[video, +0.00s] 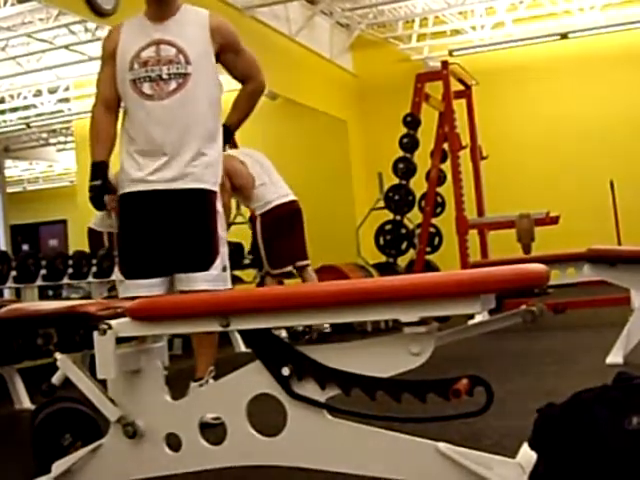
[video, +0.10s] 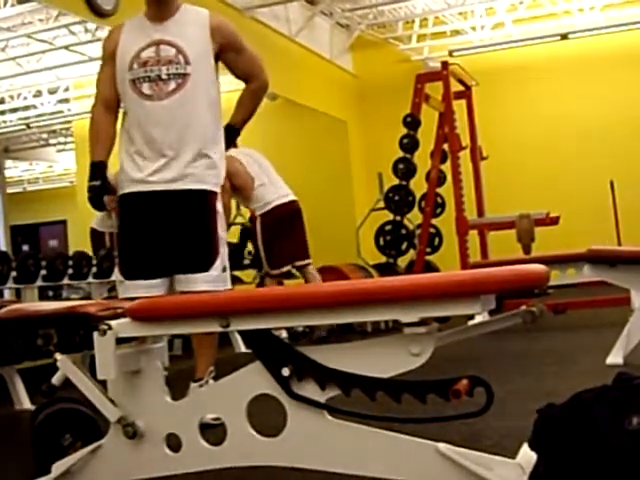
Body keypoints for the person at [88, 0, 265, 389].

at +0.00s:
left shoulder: (212, 29)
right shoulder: (118, 37)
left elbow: (255, 81)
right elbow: (106, 106)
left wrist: (227, 130)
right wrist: (98, 172)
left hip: (197, 176)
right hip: (139, 179)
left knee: (202, 293)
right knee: (141, 297)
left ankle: (204, 385)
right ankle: (148, 388)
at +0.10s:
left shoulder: (212, 28)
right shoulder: (118, 37)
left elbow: (258, 80)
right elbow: (105, 106)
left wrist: (230, 132)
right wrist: (97, 172)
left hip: (197, 176)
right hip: (139, 180)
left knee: (201, 294)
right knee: (142, 298)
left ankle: (204, 385)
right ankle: (148, 389)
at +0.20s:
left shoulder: (212, 28)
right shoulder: (119, 37)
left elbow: (260, 79)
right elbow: (105, 106)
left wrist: (232, 131)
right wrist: (95, 170)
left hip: (197, 177)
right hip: (138, 181)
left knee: (202, 293)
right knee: (141, 298)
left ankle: (204, 385)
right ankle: (147, 390)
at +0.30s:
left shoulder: (211, 28)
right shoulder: (120, 37)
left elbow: (261, 79)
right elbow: (106, 105)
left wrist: (232, 131)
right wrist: (94, 167)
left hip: (196, 177)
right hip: (138, 181)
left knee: (202, 293)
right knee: (141, 297)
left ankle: (203, 384)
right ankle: (147, 386)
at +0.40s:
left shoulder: (211, 29)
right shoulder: (120, 39)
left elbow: (261, 80)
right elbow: (106, 106)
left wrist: (231, 131)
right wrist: (93, 165)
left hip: (196, 178)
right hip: (137, 182)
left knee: (202, 293)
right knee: (140, 297)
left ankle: (203, 385)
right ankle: (147, 388)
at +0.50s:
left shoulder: (209, 29)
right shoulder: (119, 39)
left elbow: (261, 78)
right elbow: (106, 106)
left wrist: (232, 129)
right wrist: (93, 161)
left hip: (193, 179)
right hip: (135, 182)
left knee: (201, 294)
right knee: (135, 297)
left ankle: (203, 383)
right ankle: (143, 387)